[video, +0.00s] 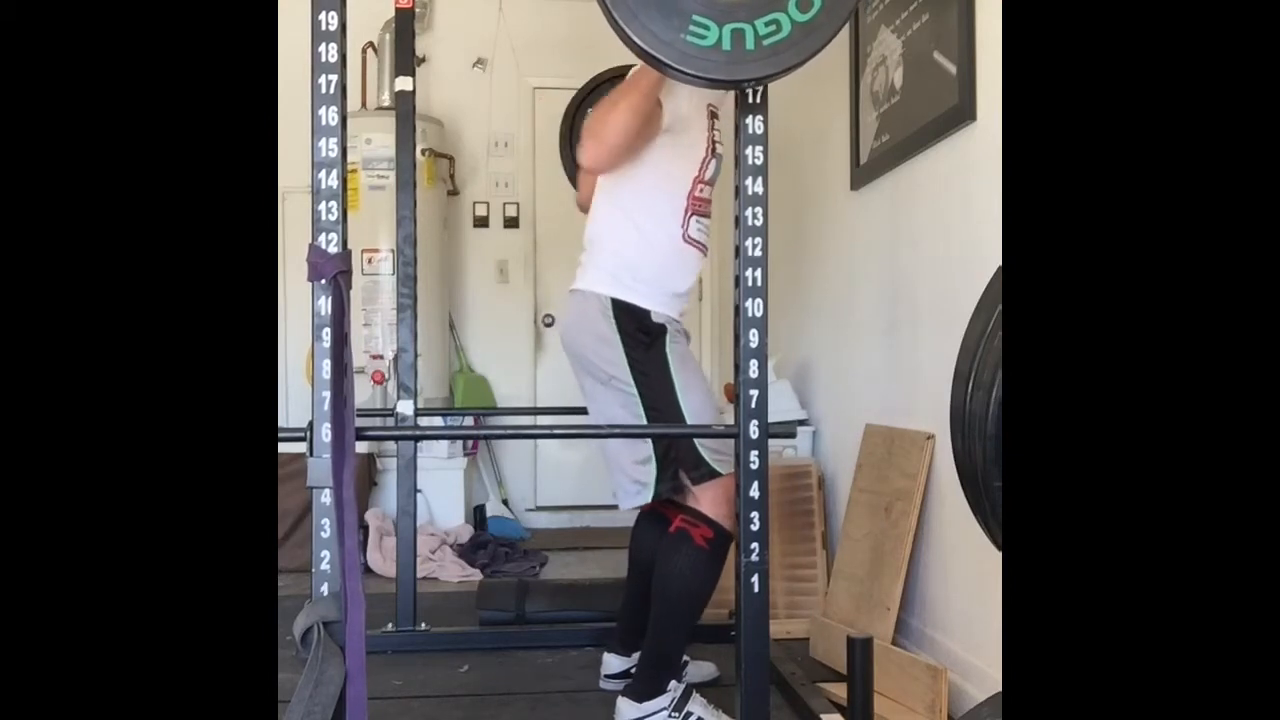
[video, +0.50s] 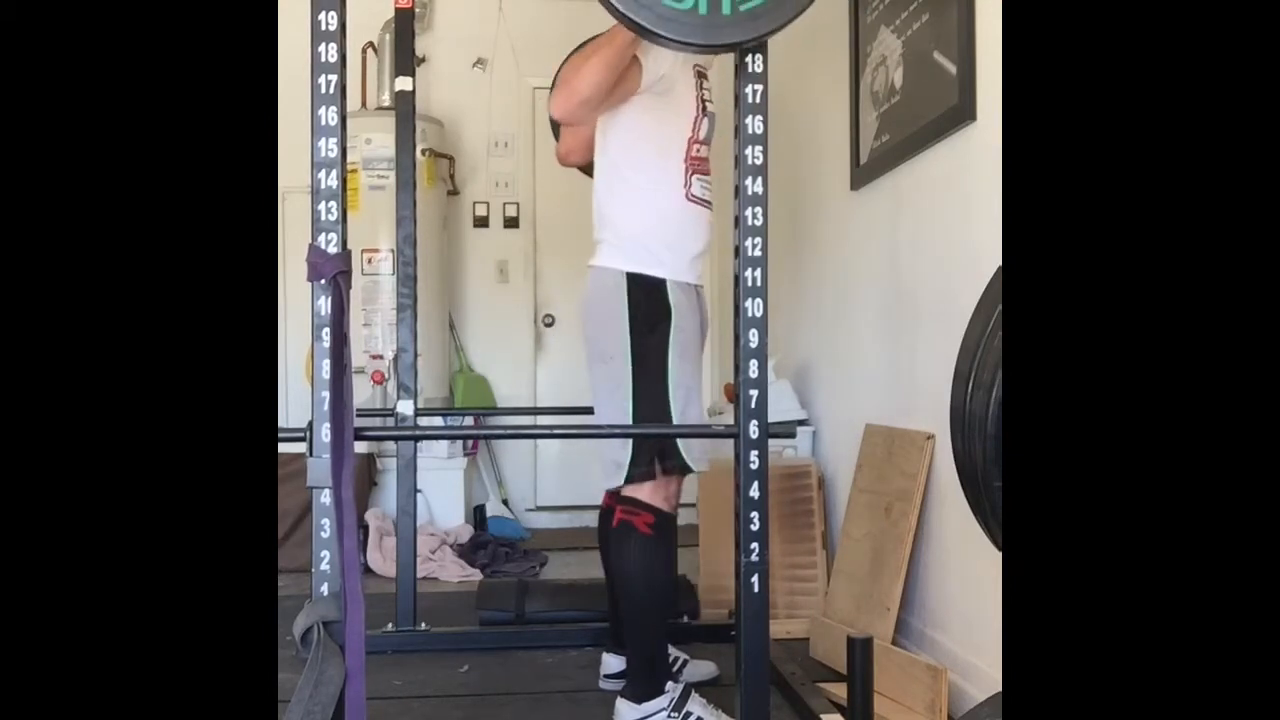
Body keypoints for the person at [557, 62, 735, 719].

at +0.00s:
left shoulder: (701, 102)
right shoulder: (648, 83)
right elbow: (593, 154)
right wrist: (660, 55)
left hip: (642, 315)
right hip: (619, 314)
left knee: (677, 490)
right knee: (715, 492)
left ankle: (630, 653)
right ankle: (652, 692)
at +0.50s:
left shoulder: (678, 57)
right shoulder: (642, 40)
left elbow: (570, 148)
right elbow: (566, 102)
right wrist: (640, 16)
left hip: (663, 285)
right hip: (640, 286)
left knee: (647, 476)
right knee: (657, 477)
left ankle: (628, 650)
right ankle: (647, 692)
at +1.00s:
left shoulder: (665, 55)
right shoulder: (627, 38)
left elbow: (554, 147)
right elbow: (549, 105)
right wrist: (619, 19)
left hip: (646, 279)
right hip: (622, 279)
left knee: (643, 470)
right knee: (659, 470)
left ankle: (629, 649)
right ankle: (653, 689)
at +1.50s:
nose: (691, 28)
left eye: (691, 21)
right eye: (686, 18)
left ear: (645, 15)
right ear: (650, 8)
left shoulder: (605, 67)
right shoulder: (569, 42)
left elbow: (493, 148)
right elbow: (462, 99)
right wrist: (544, 17)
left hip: (590, 297)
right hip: (543, 292)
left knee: (623, 474)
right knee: (520, 489)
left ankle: (631, 648)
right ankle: (452, 694)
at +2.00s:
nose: (635, 10)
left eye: (636, 5)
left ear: (602, 9)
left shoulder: (551, 57)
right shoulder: (509, 31)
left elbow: (434, 134)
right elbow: (397, 90)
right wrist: (453, 14)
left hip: (518, 286)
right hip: (480, 283)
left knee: (492, 484)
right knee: (472, 489)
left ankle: (475, 646)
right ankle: (445, 696)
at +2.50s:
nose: (605, 13)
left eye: (604, 7)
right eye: (599, 4)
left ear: (574, 14)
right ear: (568, 3)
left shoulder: (534, 69)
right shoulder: (486, 48)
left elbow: (419, 143)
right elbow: (379, 100)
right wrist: (448, 19)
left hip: (509, 292)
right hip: (468, 288)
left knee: (483, 481)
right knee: (462, 484)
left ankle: (474, 647)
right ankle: (447, 693)